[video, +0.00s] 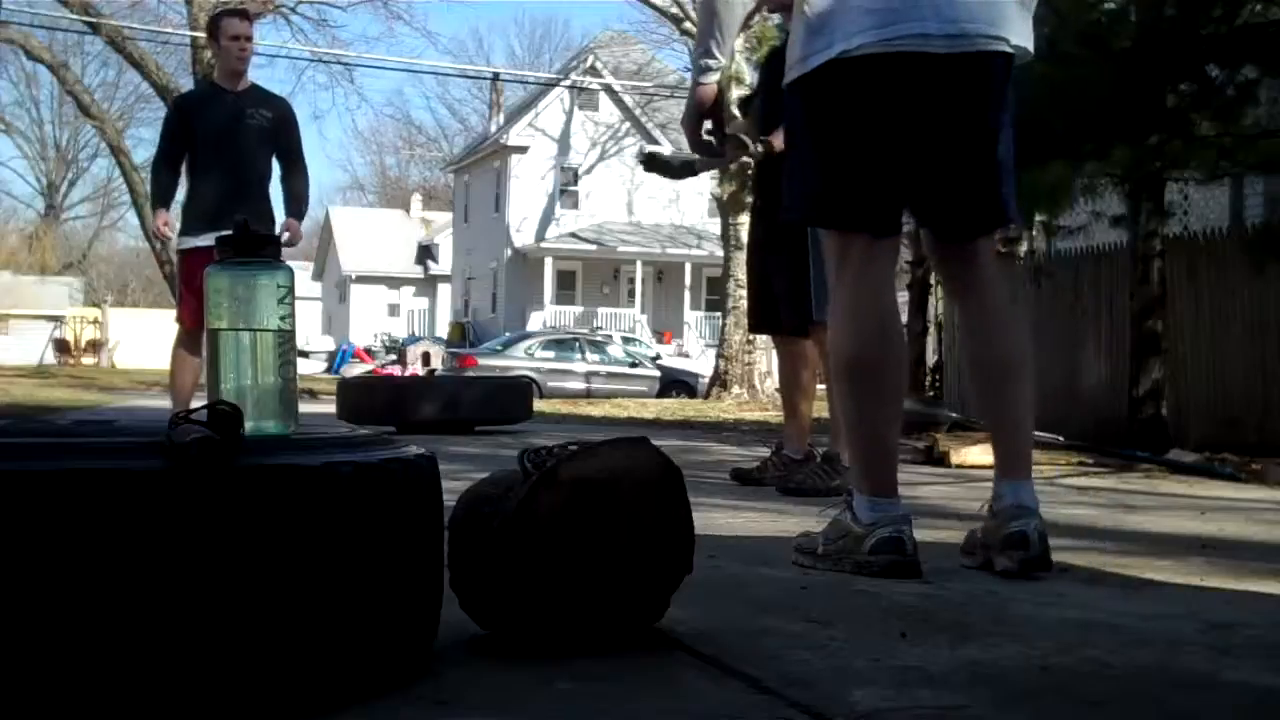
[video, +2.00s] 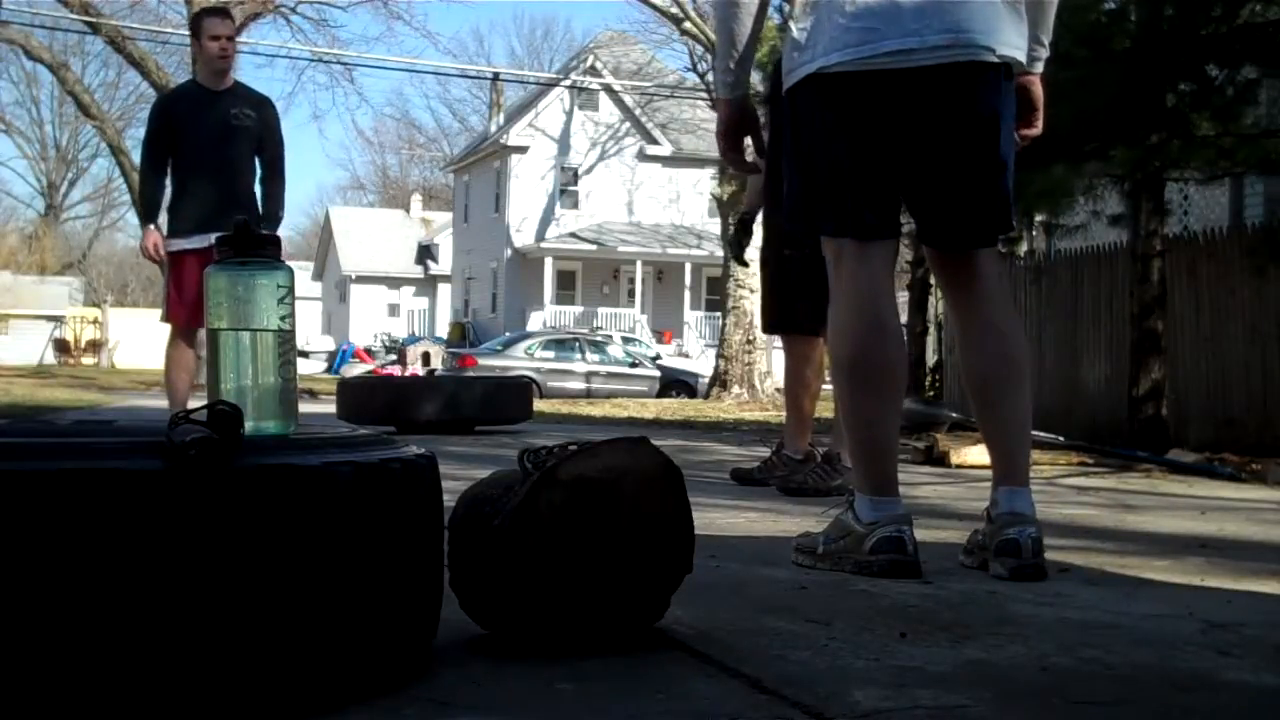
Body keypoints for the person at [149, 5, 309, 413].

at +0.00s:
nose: (244, 46)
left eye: (248, 39)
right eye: (235, 39)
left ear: (254, 44)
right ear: (214, 44)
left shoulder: (276, 108)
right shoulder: (187, 106)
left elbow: (294, 166)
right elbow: (167, 161)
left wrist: (295, 215)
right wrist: (161, 206)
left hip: (256, 236)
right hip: (200, 235)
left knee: (255, 335)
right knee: (192, 331)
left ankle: (251, 423)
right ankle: (181, 420)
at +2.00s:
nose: (225, 46)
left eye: (230, 39)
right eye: (215, 39)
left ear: (237, 45)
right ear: (196, 45)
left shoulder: (259, 106)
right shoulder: (170, 105)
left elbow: (273, 174)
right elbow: (152, 169)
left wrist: (269, 229)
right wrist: (148, 224)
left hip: (243, 237)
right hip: (186, 237)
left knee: (242, 333)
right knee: (185, 330)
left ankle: (238, 423)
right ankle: (178, 421)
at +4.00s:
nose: (239, 50)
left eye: (241, 43)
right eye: (229, 43)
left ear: (245, 47)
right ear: (203, 48)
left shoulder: (263, 109)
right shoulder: (177, 108)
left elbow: (284, 166)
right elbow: (162, 168)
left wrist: (273, 211)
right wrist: (176, 217)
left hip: (250, 238)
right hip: (195, 238)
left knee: (250, 334)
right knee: (188, 331)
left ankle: (248, 424)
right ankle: (178, 421)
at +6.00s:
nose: (240, 51)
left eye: (242, 44)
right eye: (230, 44)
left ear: (246, 47)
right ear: (205, 49)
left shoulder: (267, 109)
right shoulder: (179, 108)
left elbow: (284, 172)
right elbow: (164, 170)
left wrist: (275, 224)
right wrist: (177, 223)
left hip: (251, 241)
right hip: (197, 240)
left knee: (252, 335)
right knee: (188, 331)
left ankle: (250, 425)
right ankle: (179, 421)